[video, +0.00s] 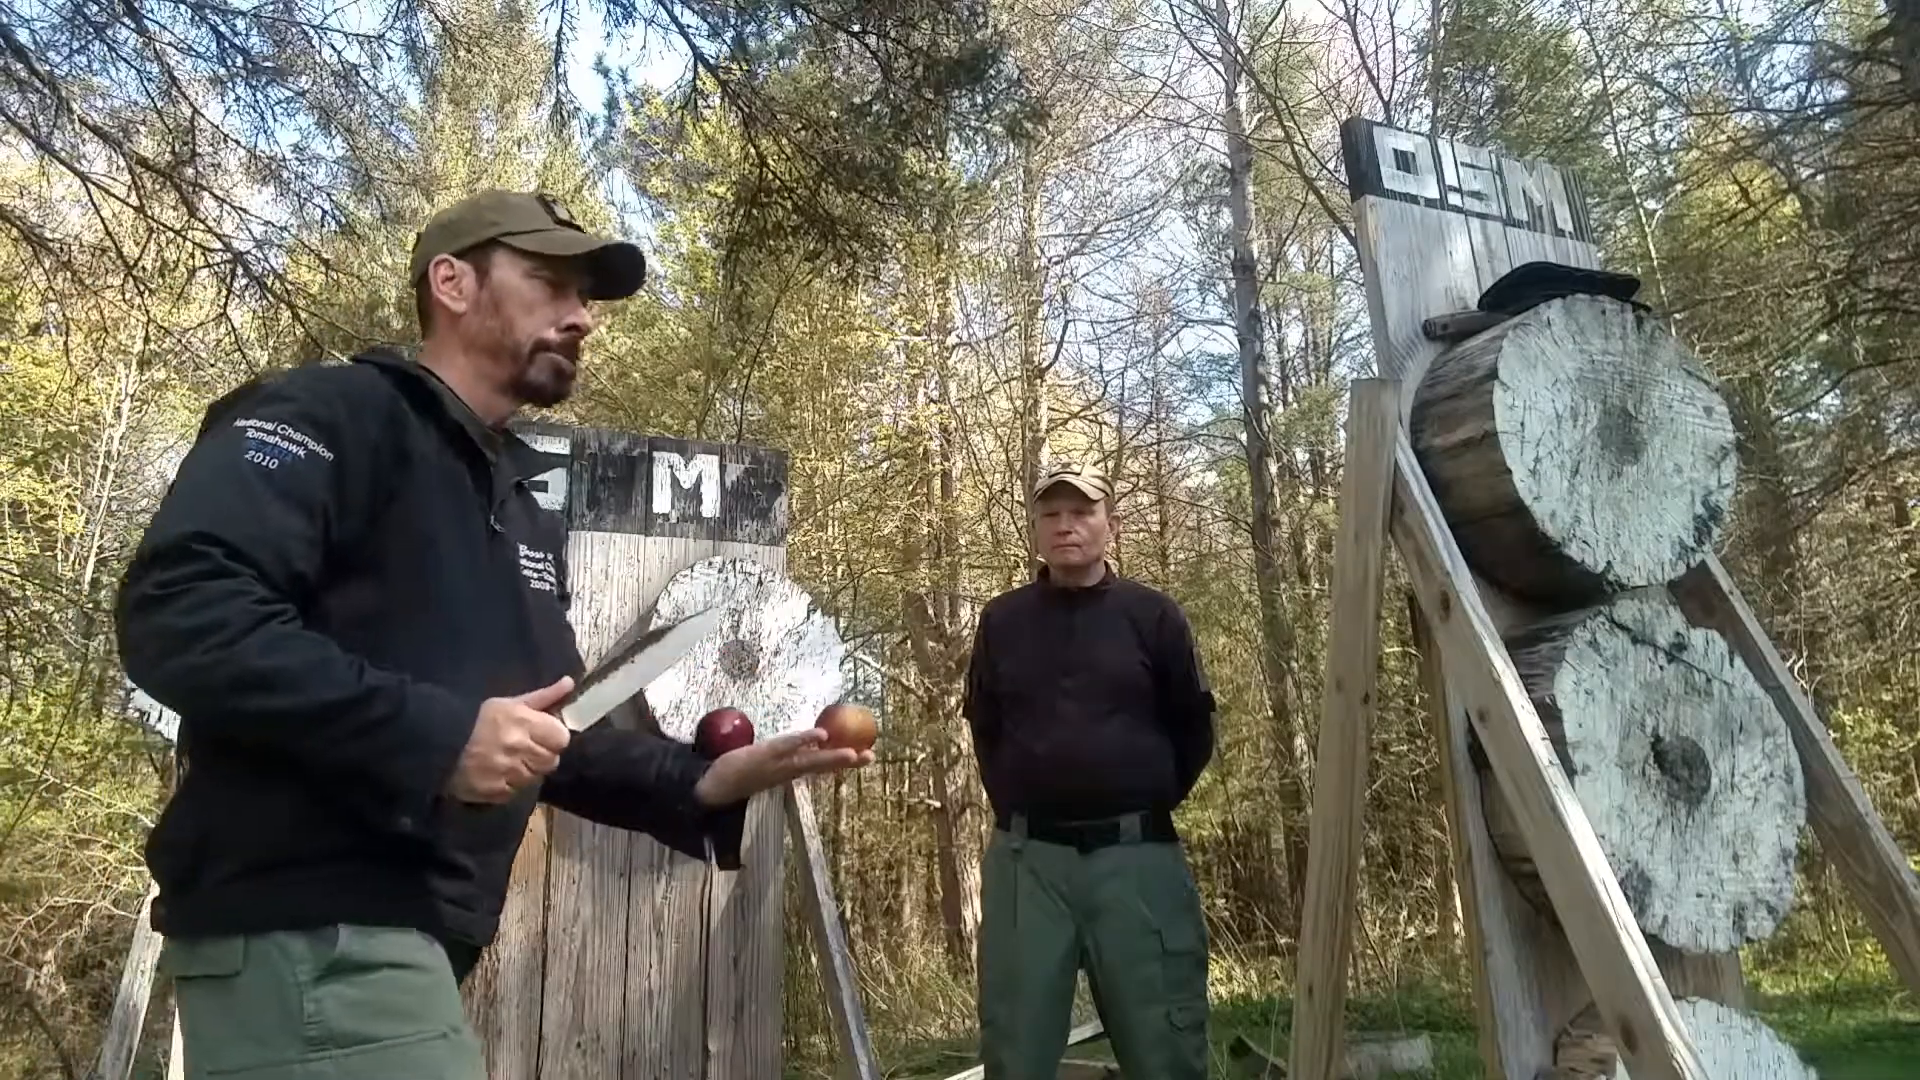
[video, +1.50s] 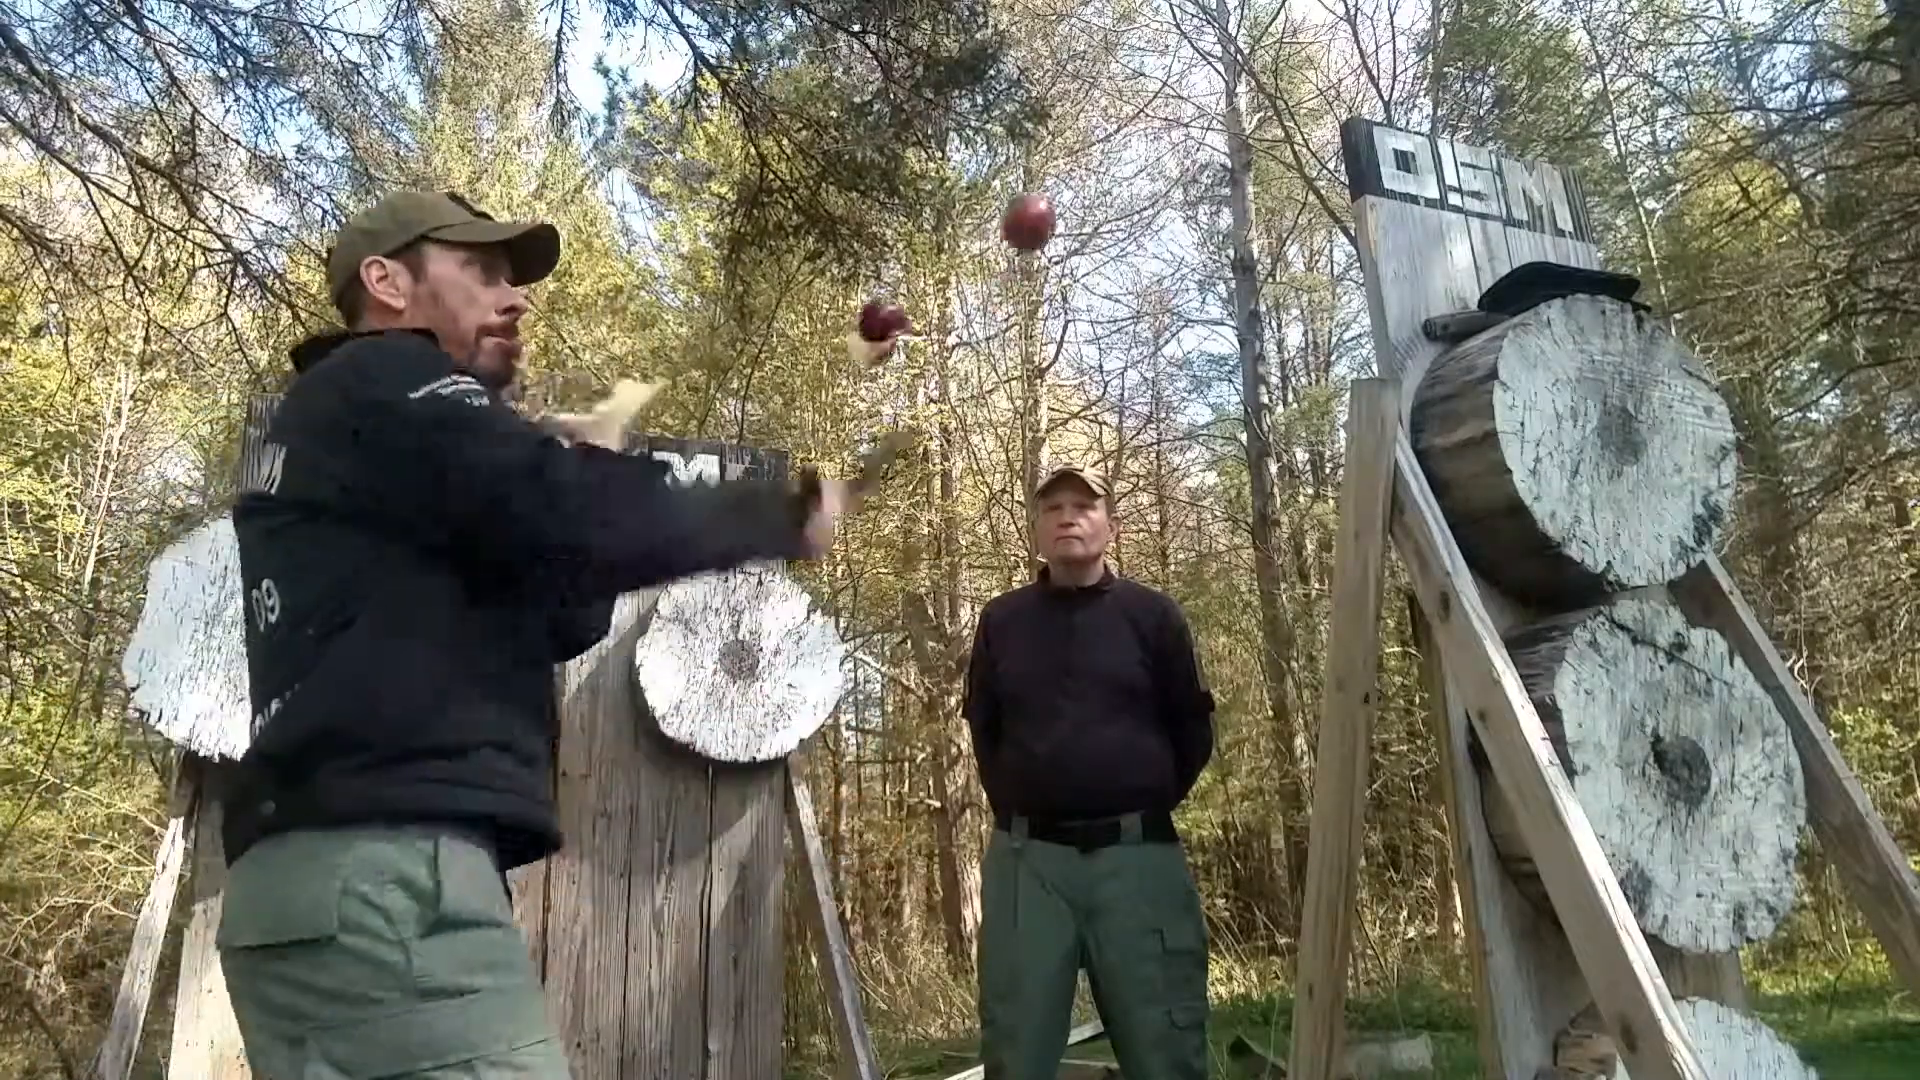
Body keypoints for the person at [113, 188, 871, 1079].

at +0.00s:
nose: (584, 317)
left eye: (588, 294)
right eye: (551, 281)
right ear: (452, 285)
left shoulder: (522, 514)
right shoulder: (331, 410)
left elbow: (524, 734)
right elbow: (179, 611)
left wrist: (708, 779)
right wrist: (442, 735)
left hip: (400, 942)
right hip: (307, 938)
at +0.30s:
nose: (543, 374)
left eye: (550, 351)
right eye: (516, 336)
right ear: (416, 326)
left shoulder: (477, 549)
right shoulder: (257, 459)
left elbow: (507, 743)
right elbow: (101, 657)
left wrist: (657, 810)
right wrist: (361, 757)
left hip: (351, 968)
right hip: (263, 970)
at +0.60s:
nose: (576, 358)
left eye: (581, 337)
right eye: (554, 322)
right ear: (454, 310)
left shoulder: (488, 538)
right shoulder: (309, 429)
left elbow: (492, 744)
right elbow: (135, 611)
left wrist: (656, 806)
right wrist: (404, 735)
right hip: (280, 955)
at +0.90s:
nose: (584, 402)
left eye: (587, 379)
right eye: (558, 364)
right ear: (459, 354)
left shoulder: (494, 590)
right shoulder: (299, 478)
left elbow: (486, 801)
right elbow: (142, 685)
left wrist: (657, 877)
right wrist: (409, 805)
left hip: (365, 1011)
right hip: (249, 1008)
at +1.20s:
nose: (545, 424)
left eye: (546, 399)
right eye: (517, 391)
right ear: (415, 387)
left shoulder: (486, 595)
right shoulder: (265, 538)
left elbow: (560, 762)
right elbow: (163, 748)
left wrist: (756, 777)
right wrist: (460, 803)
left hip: (419, 1021)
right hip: (285, 1025)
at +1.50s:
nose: (513, 296)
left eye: (510, 275)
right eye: (480, 269)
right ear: (388, 285)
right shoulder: (385, 388)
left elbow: (559, 623)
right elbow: (570, 506)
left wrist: (585, 474)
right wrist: (781, 512)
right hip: (387, 887)